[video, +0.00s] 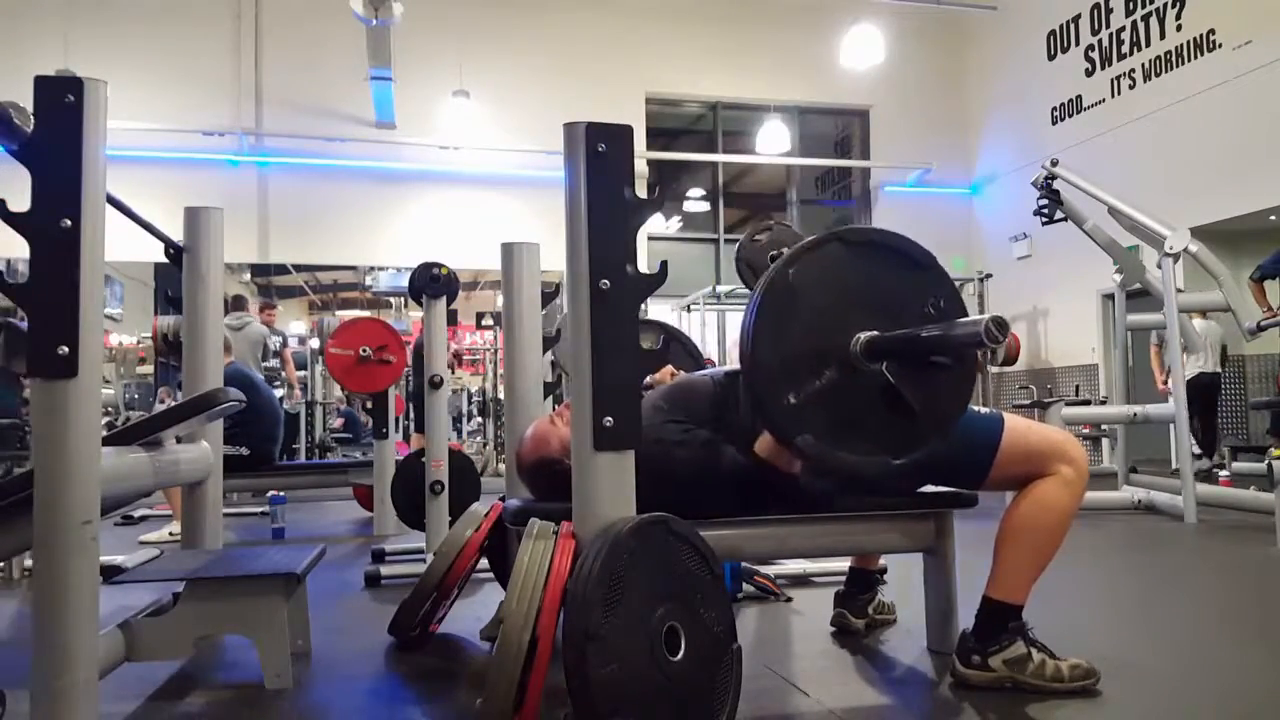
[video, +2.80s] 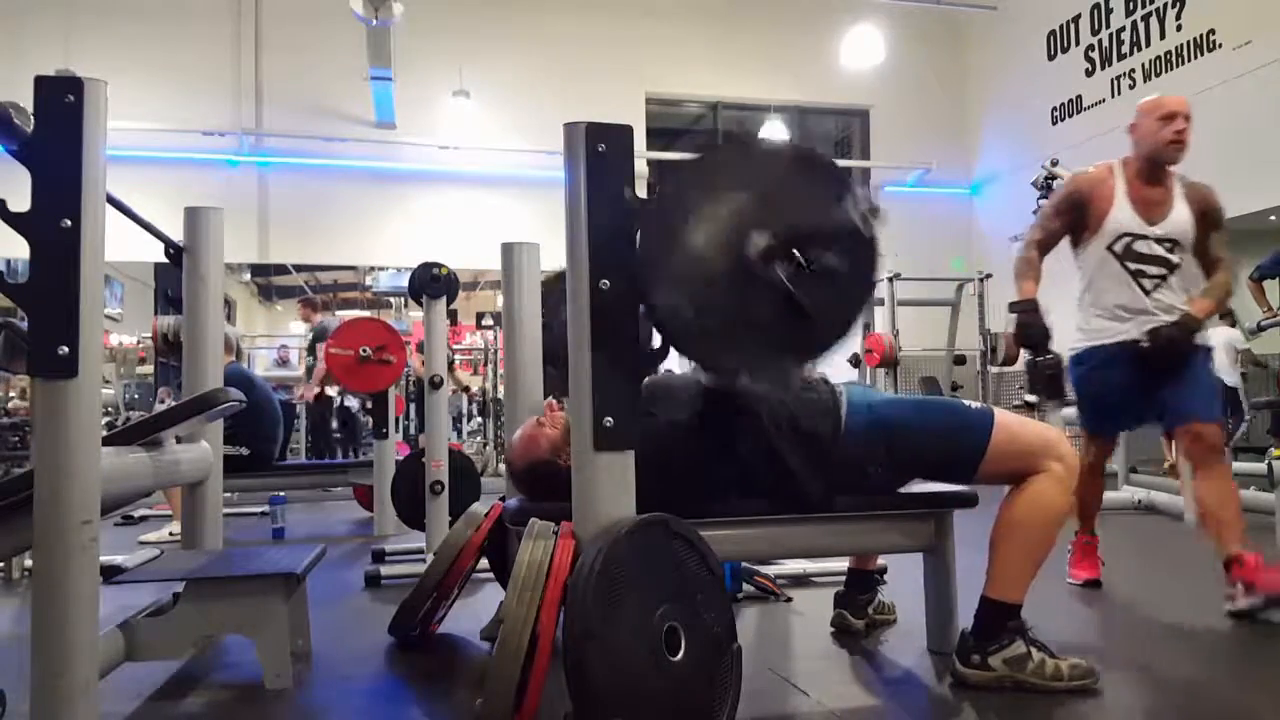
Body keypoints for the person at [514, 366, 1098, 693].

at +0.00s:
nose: (557, 406)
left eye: (548, 412)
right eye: (553, 419)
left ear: (566, 455)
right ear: (572, 447)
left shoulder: (627, 429)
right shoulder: (647, 448)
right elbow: (774, 457)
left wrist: (662, 383)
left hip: (813, 439)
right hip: (850, 447)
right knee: (1063, 459)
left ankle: (857, 597)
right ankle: (993, 640)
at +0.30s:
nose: (553, 408)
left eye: (546, 412)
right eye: (547, 420)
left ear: (565, 433)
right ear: (563, 448)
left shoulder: (619, 430)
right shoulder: (623, 448)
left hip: (805, 428)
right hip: (857, 426)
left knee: (891, 439)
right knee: (1065, 457)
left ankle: (860, 595)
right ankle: (993, 643)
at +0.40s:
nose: (551, 417)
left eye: (546, 419)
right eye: (546, 423)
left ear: (558, 443)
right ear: (554, 449)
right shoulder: (582, 448)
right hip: (842, 426)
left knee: (901, 446)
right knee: (1061, 458)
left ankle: (858, 597)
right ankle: (994, 638)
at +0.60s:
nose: (559, 407)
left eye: (548, 411)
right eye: (552, 419)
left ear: (563, 455)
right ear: (570, 450)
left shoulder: (617, 440)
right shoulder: (638, 453)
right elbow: (691, 344)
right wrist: (699, 248)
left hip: (818, 424)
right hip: (847, 430)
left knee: (904, 430)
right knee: (1058, 452)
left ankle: (861, 591)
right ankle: (994, 639)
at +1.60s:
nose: (553, 410)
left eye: (544, 413)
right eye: (544, 425)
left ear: (561, 421)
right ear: (555, 461)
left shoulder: (607, 436)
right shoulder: (617, 460)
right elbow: (714, 408)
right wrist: (731, 306)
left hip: (814, 430)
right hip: (837, 435)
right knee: (1055, 456)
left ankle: (860, 595)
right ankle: (993, 640)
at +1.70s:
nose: (550, 413)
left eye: (541, 416)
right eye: (543, 426)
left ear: (555, 424)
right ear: (553, 457)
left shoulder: (613, 425)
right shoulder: (608, 449)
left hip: (802, 424)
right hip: (826, 437)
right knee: (1057, 454)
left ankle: (858, 594)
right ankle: (992, 640)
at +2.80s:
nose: (546, 412)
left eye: (538, 417)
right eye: (540, 428)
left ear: (557, 422)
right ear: (557, 461)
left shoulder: (608, 425)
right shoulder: (607, 451)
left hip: (806, 426)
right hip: (835, 434)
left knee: (921, 435)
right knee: (1053, 456)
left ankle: (858, 596)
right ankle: (992, 640)